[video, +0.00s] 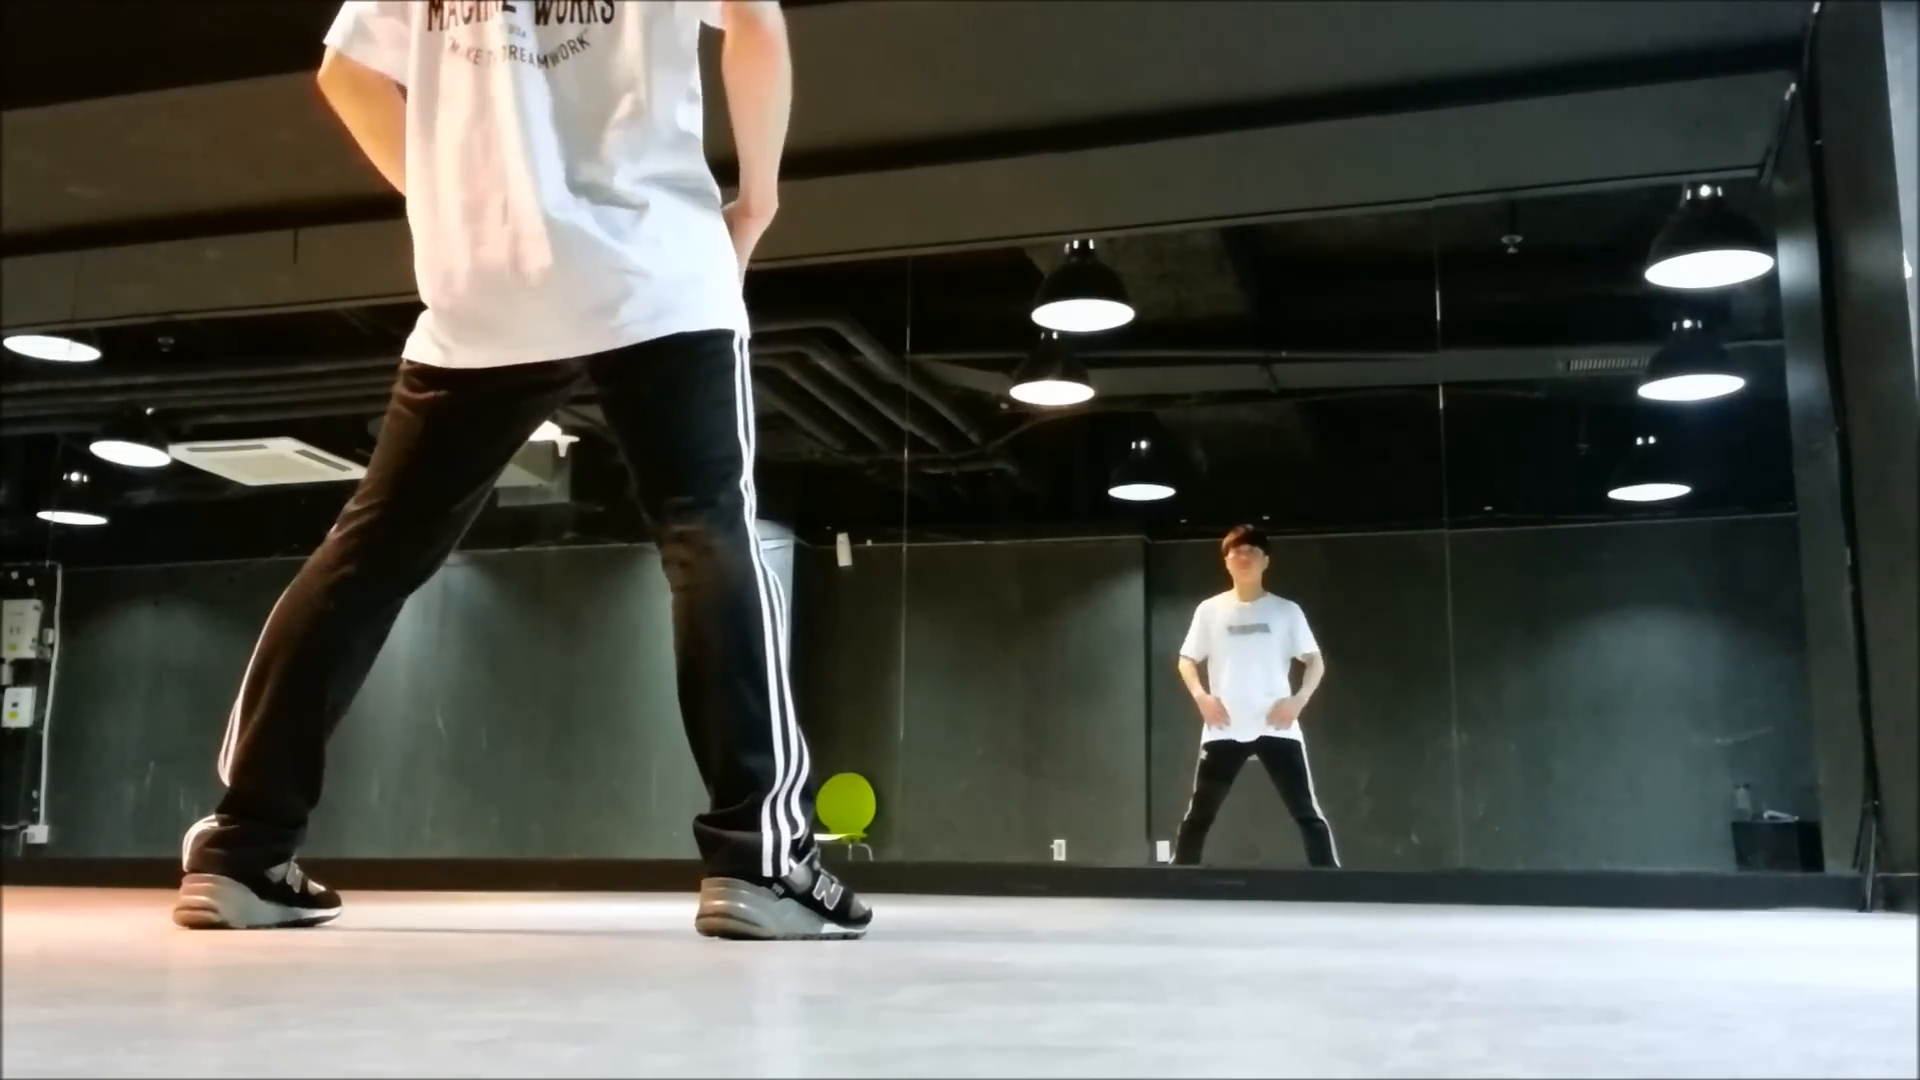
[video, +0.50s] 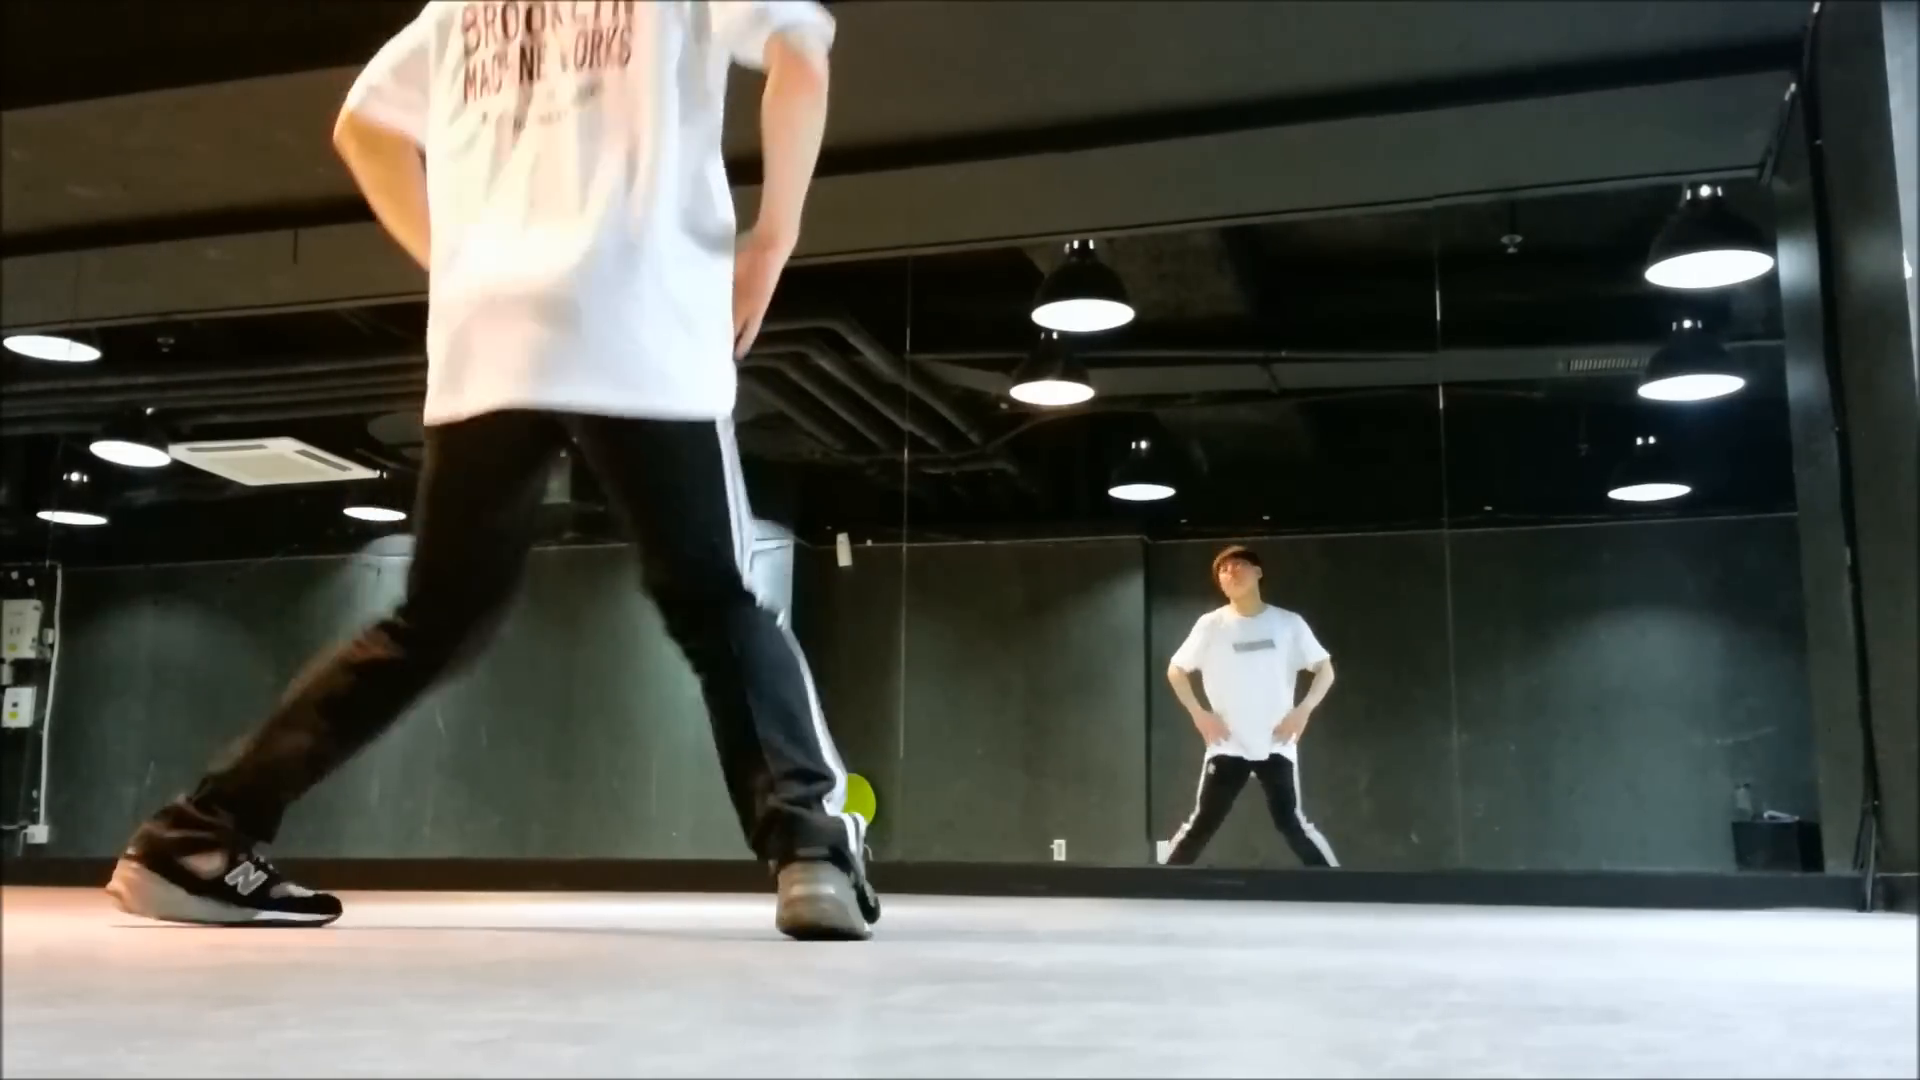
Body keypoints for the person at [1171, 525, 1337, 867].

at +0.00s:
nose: (1243, 556)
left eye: (1251, 550)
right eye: (1236, 551)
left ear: (1265, 560)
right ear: (1226, 561)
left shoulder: (1287, 611)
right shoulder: (1209, 610)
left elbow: (1315, 663)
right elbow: (1186, 660)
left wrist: (1297, 701)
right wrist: (1202, 697)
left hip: (1278, 731)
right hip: (1224, 731)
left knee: (1307, 813)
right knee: (1198, 816)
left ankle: (1332, 888)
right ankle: (1178, 890)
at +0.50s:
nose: (1231, 572)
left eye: (1239, 565)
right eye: (1225, 569)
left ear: (1257, 572)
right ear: (1220, 582)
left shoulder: (1290, 624)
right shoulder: (1210, 625)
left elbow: (1326, 671)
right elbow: (1176, 671)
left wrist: (1303, 711)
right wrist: (1199, 715)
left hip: (1277, 745)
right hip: (1227, 745)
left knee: (1292, 825)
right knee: (1201, 826)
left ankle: (1339, 889)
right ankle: (1160, 888)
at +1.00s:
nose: (1221, 582)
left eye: (1226, 573)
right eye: (1214, 577)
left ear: (1245, 567)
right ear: (1209, 583)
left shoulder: (1289, 609)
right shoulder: (1209, 617)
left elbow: (1322, 658)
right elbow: (1182, 666)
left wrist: (1298, 698)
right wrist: (1200, 699)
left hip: (1277, 730)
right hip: (1223, 732)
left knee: (1312, 801)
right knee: (1186, 796)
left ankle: (1316, 885)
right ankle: (1187, 884)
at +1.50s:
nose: (1225, 575)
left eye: (1232, 568)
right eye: (1217, 572)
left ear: (1250, 573)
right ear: (1213, 585)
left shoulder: (1287, 622)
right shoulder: (1208, 629)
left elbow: (1322, 668)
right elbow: (1178, 677)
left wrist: (1298, 714)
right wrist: (1200, 720)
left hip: (1278, 744)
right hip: (1229, 746)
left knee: (1291, 820)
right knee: (1206, 821)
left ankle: (1334, 887)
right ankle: (1166, 885)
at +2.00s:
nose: (1225, 588)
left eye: (1230, 579)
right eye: (1217, 583)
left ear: (1247, 574)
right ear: (1211, 587)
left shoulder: (1285, 612)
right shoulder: (1207, 624)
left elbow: (1320, 658)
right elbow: (1181, 672)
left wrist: (1296, 691)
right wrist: (1196, 699)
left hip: (1274, 727)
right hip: (1222, 729)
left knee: (1308, 803)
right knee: (1186, 800)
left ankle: (1316, 883)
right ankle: (1191, 883)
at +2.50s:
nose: (1256, 573)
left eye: (1264, 570)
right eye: (1249, 567)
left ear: (1274, 585)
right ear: (1235, 577)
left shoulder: (1286, 627)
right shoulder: (1207, 627)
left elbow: (1325, 669)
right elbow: (1174, 672)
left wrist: (1301, 713)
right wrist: (1195, 720)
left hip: (1276, 747)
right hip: (1227, 747)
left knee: (1294, 823)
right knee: (1203, 825)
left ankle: (1338, 888)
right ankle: (1162, 885)